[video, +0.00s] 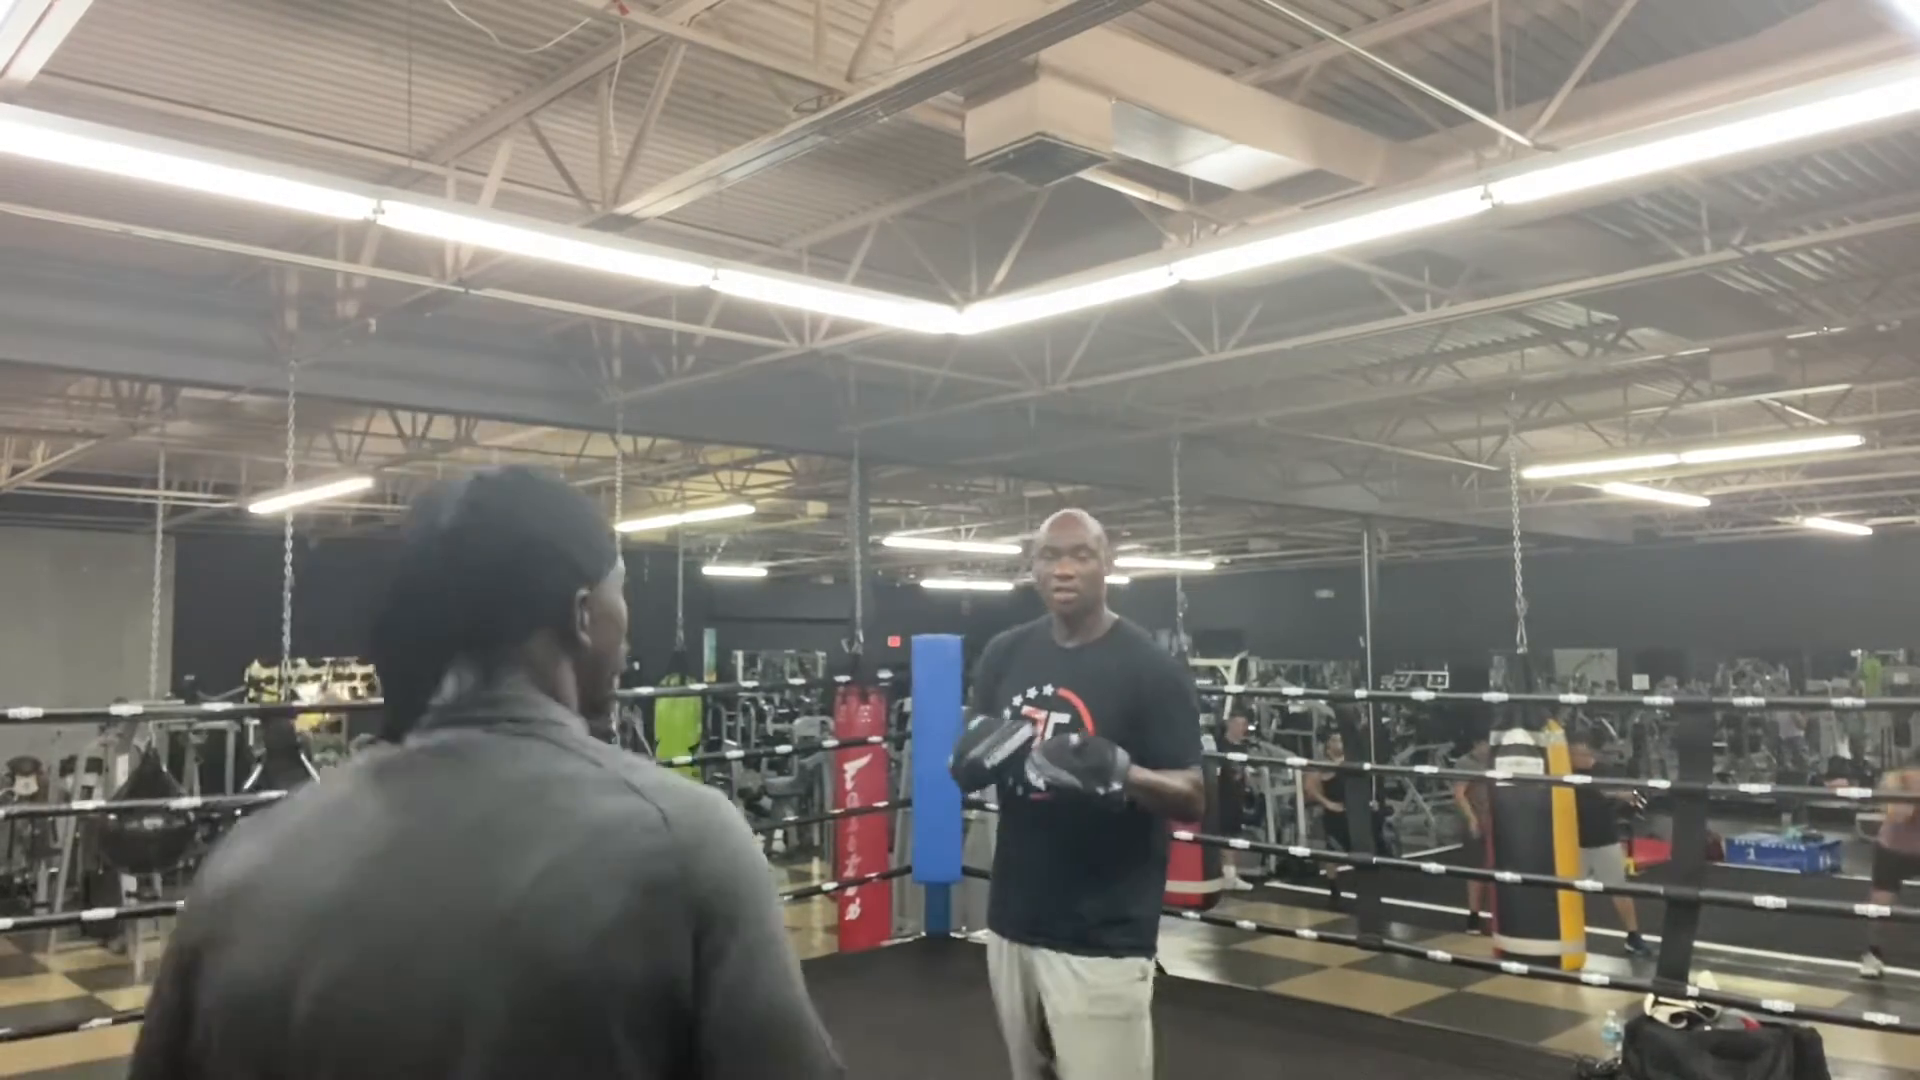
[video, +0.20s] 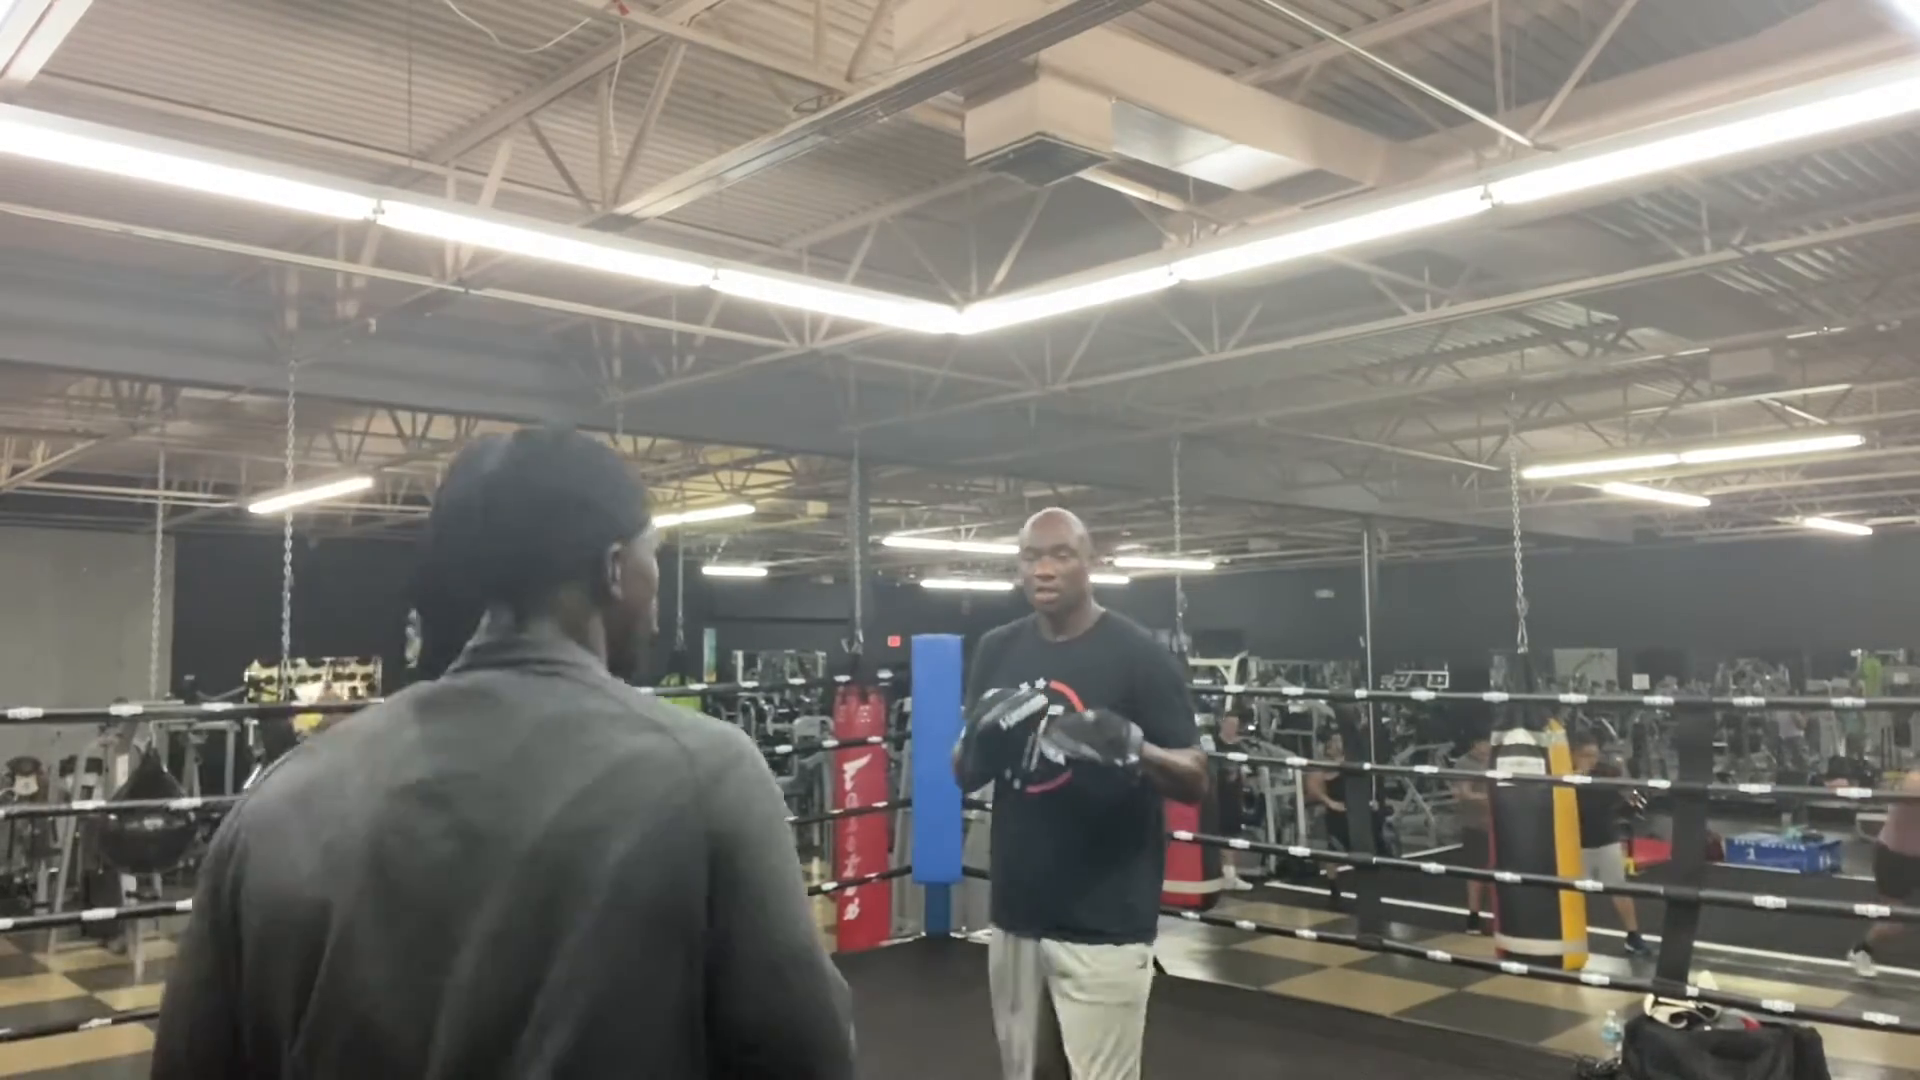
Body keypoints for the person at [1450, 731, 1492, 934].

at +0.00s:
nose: (1487, 750)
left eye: (1488, 746)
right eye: (1484, 745)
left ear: (1489, 748)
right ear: (1475, 746)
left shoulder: (1490, 764)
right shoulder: (1467, 764)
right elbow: (1459, 792)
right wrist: (1472, 818)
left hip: (1493, 821)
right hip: (1478, 822)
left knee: (1492, 870)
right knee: (1476, 869)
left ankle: (1493, 911)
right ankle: (1474, 913)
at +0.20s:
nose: (1486, 753)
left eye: (1488, 749)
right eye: (1482, 748)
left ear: (1491, 749)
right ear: (1473, 747)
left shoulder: (1493, 765)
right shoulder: (1464, 765)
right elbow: (1464, 794)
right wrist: (1488, 799)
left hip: (1495, 824)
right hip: (1475, 824)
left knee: (1494, 871)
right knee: (1475, 870)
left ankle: (1498, 913)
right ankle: (1474, 913)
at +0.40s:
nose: (1485, 749)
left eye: (1487, 745)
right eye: (1481, 744)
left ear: (1490, 747)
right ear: (1471, 746)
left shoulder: (1493, 764)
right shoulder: (1463, 764)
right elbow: (1469, 789)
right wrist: (1494, 789)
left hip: (1494, 823)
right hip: (1473, 824)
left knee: (1495, 870)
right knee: (1475, 870)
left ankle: (1498, 913)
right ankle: (1474, 913)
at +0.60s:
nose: (1485, 749)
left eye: (1487, 744)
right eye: (1481, 744)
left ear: (1490, 746)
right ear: (1471, 746)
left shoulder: (1492, 764)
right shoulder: (1463, 764)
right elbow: (1467, 792)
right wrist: (1492, 792)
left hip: (1493, 823)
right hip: (1473, 824)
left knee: (1494, 871)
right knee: (1474, 871)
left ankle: (1498, 913)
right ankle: (1474, 913)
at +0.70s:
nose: (1486, 749)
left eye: (1487, 744)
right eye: (1482, 744)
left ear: (1490, 745)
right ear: (1472, 745)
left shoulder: (1492, 763)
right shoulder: (1465, 764)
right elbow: (1461, 792)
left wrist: (1495, 808)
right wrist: (1484, 809)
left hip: (1494, 825)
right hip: (1474, 825)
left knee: (1494, 871)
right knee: (1474, 871)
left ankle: (1497, 912)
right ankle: (1474, 913)